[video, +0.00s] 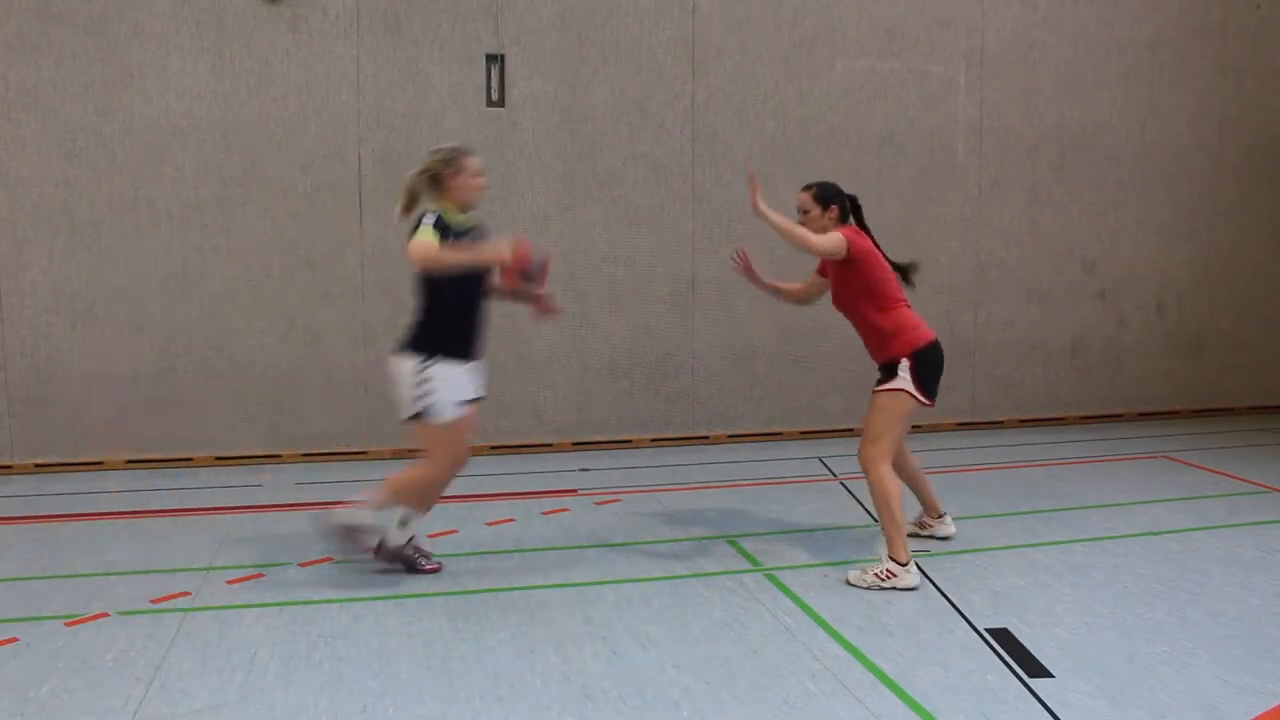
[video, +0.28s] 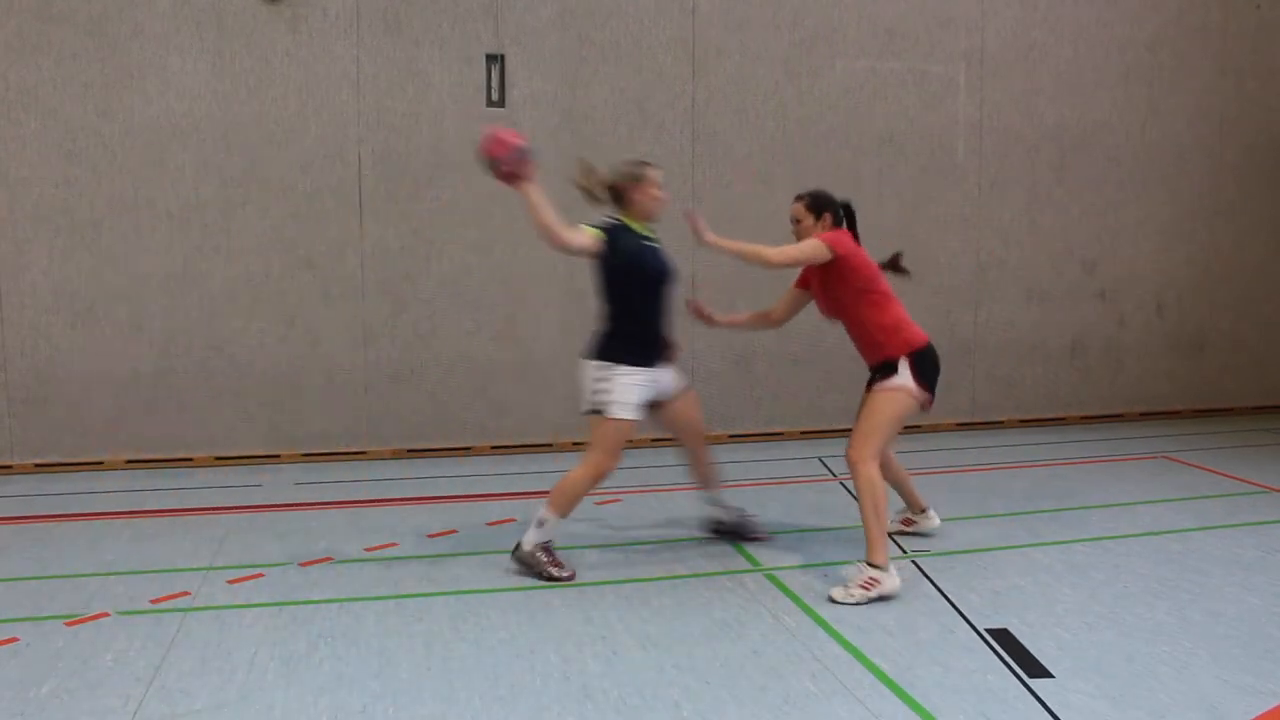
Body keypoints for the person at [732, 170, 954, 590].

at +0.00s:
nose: (799, 221)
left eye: (804, 212)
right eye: (797, 213)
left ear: (831, 211)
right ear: (828, 214)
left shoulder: (849, 238)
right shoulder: (836, 256)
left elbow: (814, 242)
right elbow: (803, 294)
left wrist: (764, 213)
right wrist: (759, 281)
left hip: (912, 358)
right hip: (900, 360)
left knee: (873, 455)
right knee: (883, 442)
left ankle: (899, 563)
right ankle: (935, 516)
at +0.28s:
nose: (793, 230)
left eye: (799, 222)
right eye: (792, 224)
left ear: (825, 220)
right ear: (817, 223)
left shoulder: (837, 243)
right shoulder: (817, 268)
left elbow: (775, 257)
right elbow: (775, 316)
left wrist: (713, 241)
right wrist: (717, 319)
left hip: (907, 360)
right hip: (888, 365)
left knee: (861, 456)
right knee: (872, 448)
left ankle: (880, 571)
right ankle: (921, 512)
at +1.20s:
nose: (772, 243)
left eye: (781, 235)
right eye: (767, 237)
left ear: (801, 239)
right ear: (760, 243)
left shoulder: (818, 267)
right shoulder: (760, 285)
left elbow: (774, 271)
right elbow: (719, 319)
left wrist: (718, 255)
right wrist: (673, 326)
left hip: (880, 379)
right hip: (849, 386)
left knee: (824, 475)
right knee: (865, 452)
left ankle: (875, 570)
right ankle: (909, 490)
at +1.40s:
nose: (758, 234)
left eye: (766, 225)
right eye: (754, 227)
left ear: (795, 224)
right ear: (754, 227)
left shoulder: (816, 249)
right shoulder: (769, 266)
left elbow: (771, 260)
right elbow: (714, 302)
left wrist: (710, 251)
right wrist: (666, 308)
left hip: (875, 365)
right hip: (841, 368)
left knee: (817, 462)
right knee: (806, 454)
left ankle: (846, 579)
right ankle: (843, 525)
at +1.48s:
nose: (756, 242)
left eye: (764, 234)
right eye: (751, 235)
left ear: (792, 233)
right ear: (752, 238)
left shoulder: (815, 263)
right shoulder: (764, 277)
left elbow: (786, 278)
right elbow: (710, 309)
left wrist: (719, 259)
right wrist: (659, 315)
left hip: (872, 384)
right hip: (834, 385)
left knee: (811, 474)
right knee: (791, 459)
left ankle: (846, 586)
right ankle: (840, 516)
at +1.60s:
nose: (751, 248)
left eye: (759, 240)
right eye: (748, 242)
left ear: (789, 242)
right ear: (750, 246)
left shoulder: (812, 271)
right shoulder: (760, 289)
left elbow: (787, 292)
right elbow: (709, 320)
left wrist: (724, 268)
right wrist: (659, 318)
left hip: (867, 389)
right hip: (829, 391)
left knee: (803, 478)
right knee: (776, 456)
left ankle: (846, 586)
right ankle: (826, 519)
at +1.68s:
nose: (749, 242)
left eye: (757, 234)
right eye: (746, 235)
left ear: (786, 234)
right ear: (750, 240)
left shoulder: (809, 265)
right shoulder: (758, 279)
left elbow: (788, 292)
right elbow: (710, 316)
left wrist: (725, 271)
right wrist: (661, 316)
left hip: (861, 382)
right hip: (825, 386)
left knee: (805, 474)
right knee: (778, 458)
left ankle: (845, 585)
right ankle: (823, 525)